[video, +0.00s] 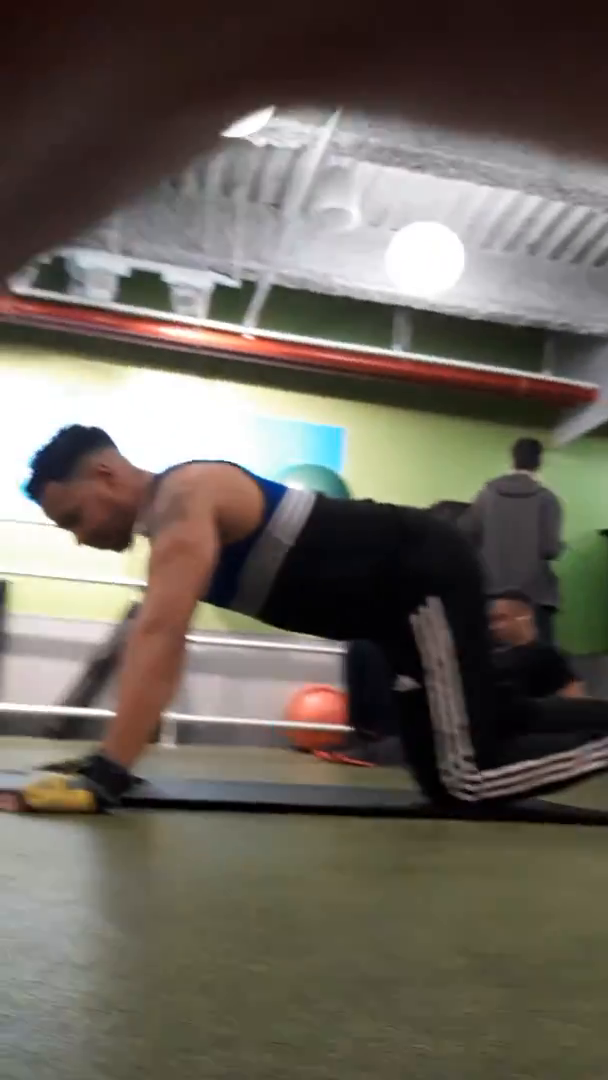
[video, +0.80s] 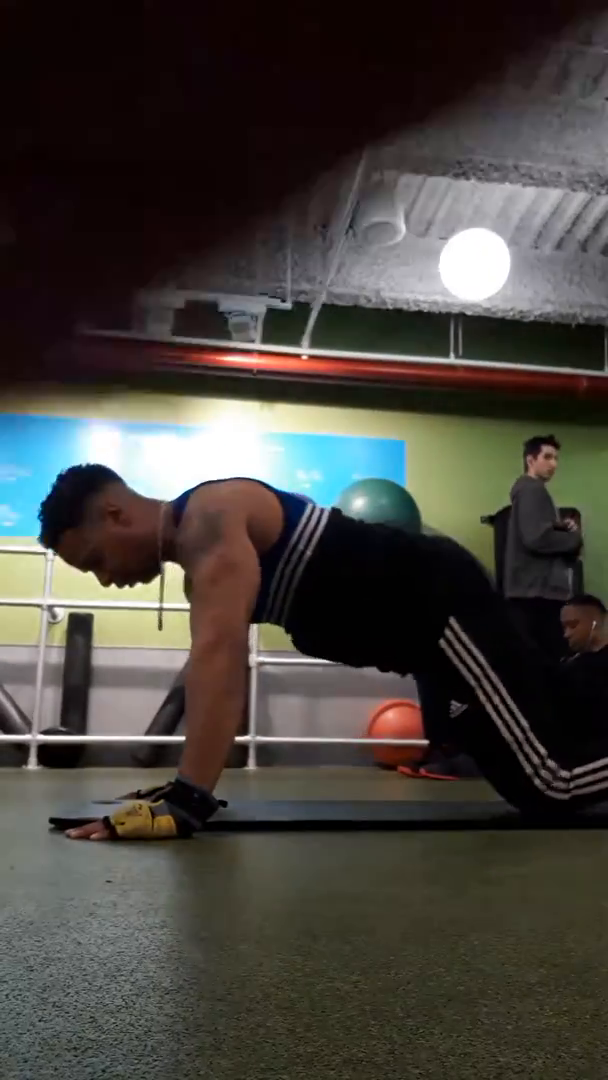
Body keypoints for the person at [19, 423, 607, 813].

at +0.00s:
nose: (80, 538)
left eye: (74, 519)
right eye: (69, 528)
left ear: (109, 476)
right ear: (107, 482)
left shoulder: (185, 495)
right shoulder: (175, 511)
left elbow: (160, 631)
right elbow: (159, 637)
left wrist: (107, 768)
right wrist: (114, 760)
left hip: (422, 578)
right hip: (404, 588)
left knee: (464, 777)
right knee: (448, 767)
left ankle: (601, 735)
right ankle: (589, 716)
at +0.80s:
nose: (105, 579)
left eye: (94, 562)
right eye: (91, 571)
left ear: (118, 515)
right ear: (121, 515)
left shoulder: (212, 517)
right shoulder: (203, 531)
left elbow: (220, 663)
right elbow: (220, 666)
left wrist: (187, 798)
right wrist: (188, 793)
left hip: (440, 605)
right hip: (427, 617)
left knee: (554, 787)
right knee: (534, 774)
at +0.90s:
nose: (92, 579)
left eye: (81, 561)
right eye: (78, 570)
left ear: (109, 515)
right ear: (113, 516)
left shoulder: (207, 518)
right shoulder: (198, 541)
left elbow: (221, 666)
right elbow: (222, 672)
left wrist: (187, 798)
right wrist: (187, 794)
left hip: (433, 603)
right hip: (420, 617)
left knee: (572, 759)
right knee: (553, 751)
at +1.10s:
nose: (78, 574)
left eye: (67, 555)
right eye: (64, 564)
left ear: (95, 510)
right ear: (99, 511)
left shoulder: (189, 515)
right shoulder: (184, 531)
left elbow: (213, 654)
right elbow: (211, 660)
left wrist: (189, 797)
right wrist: (184, 793)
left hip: (428, 594)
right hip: (418, 610)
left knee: (591, 703)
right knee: (553, 742)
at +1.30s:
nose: (72, 563)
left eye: (63, 544)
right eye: (59, 553)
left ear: (92, 501)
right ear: (95, 504)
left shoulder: (183, 513)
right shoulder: (178, 530)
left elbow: (210, 652)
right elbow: (209, 658)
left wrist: (189, 795)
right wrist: (186, 792)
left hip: (423, 604)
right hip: (412, 629)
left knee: (593, 676)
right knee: (547, 728)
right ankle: (575, 631)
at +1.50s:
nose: (63, 594)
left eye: (53, 575)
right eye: (48, 583)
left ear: (78, 534)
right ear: (83, 532)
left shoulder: (174, 543)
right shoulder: (165, 565)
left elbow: (217, 652)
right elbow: (219, 673)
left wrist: (187, 798)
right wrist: (186, 798)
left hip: (421, 642)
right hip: (410, 658)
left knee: (590, 697)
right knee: (568, 712)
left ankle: (591, 622)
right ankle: (588, 626)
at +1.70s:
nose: (37, 674)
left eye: (28, 652)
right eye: (24, 662)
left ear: (55, 609)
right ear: (54, 617)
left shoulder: (144, 612)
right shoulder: (141, 648)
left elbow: (226, 663)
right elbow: (254, 713)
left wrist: (187, 800)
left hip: (400, 694)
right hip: (388, 715)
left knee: (589, 717)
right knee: (563, 720)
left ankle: (594, 634)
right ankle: (592, 632)